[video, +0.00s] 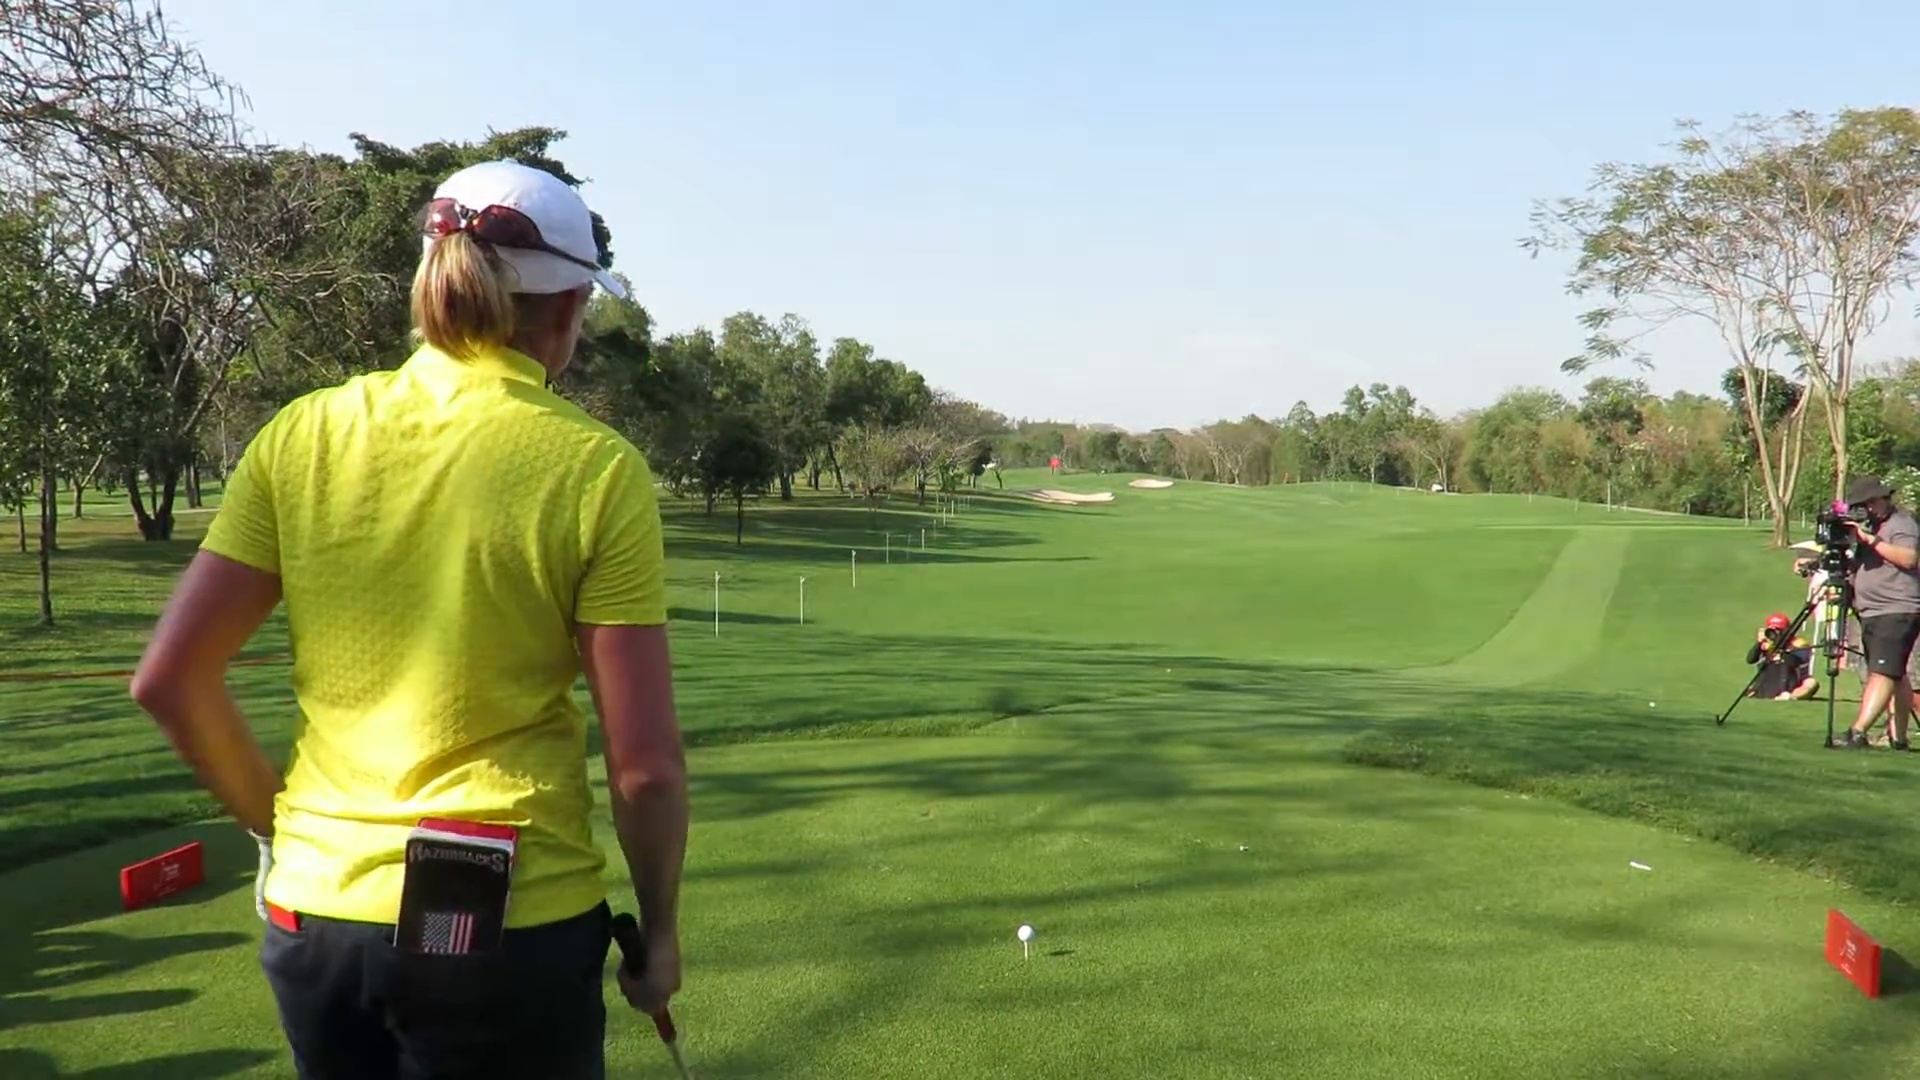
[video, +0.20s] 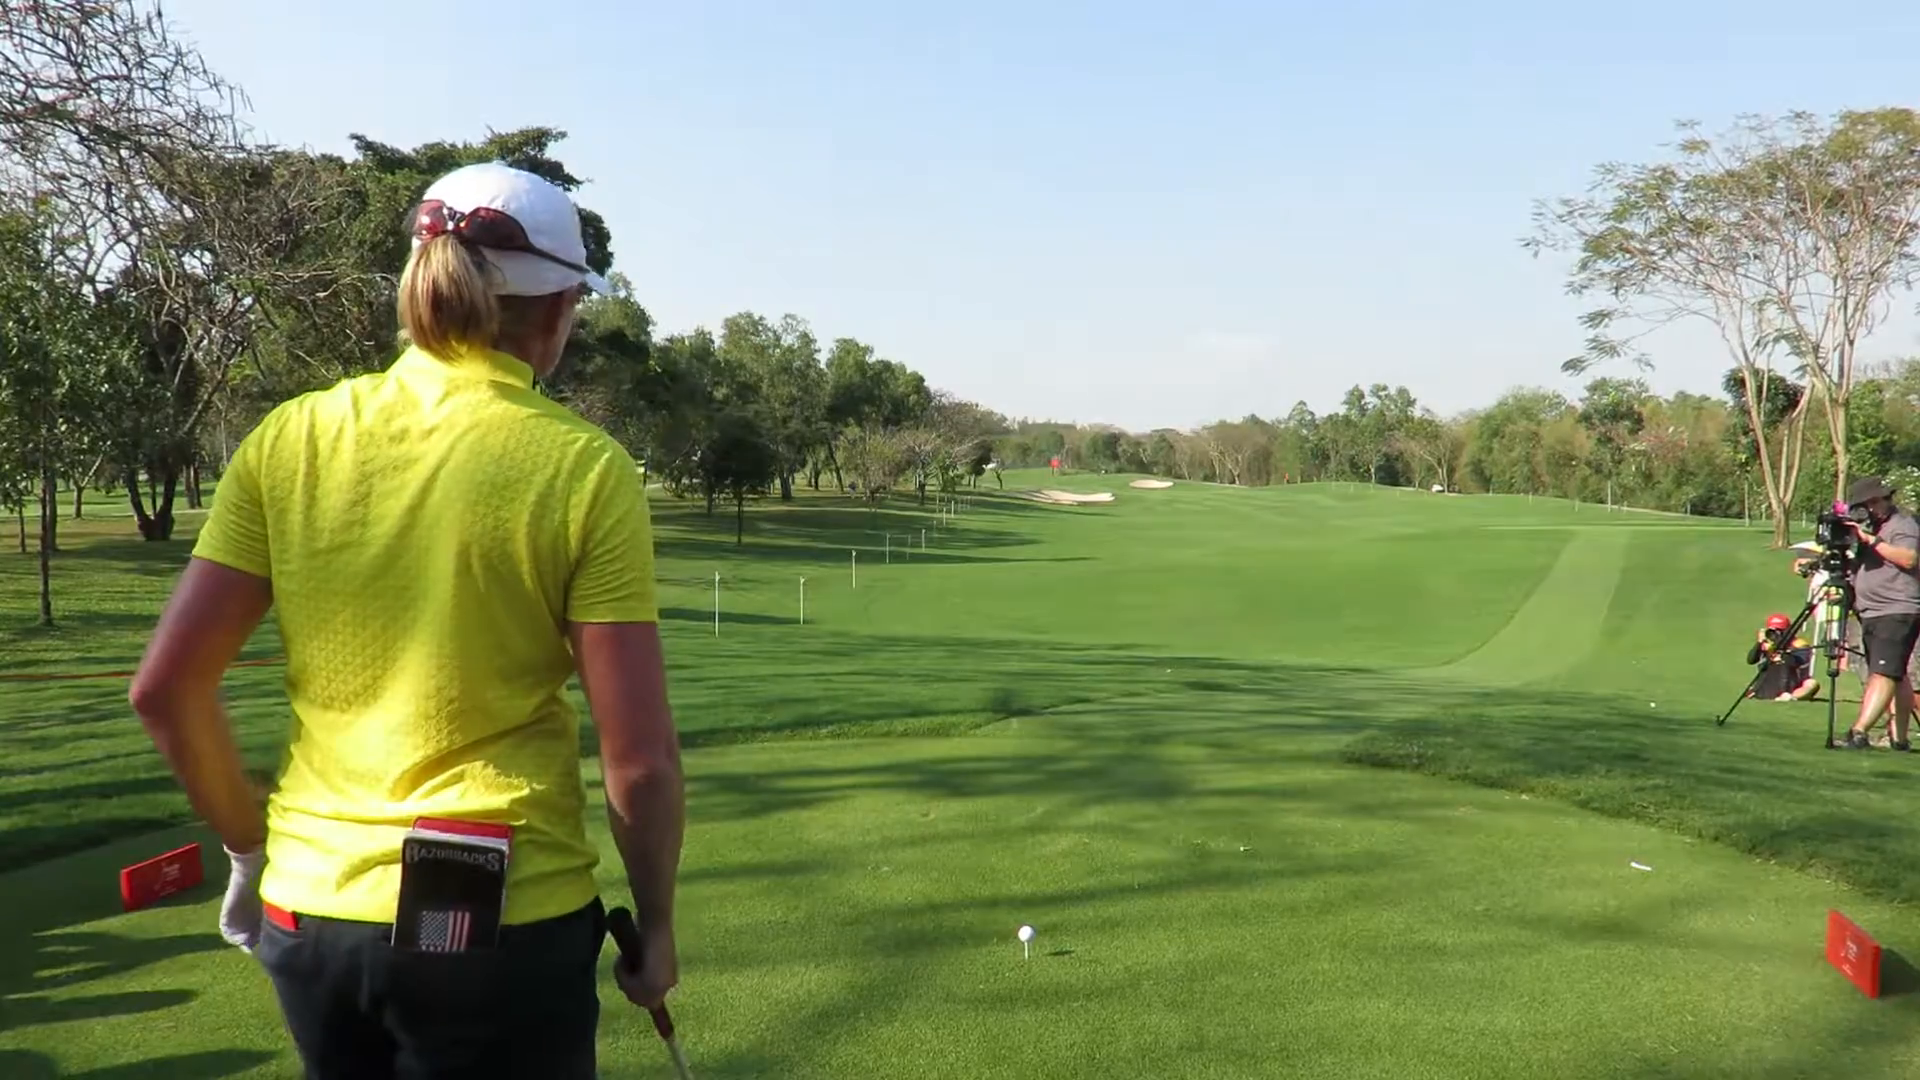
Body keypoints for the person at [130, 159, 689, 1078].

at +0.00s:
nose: (580, 329)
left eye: (580, 305)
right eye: (582, 307)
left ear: (432, 284)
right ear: (562, 311)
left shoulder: (300, 434)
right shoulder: (595, 466)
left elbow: (171, 679)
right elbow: (644, 771)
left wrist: (283, 826)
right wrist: (659, 925)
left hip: (314, 917)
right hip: (511, 930)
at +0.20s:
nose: (572, 328)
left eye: (572, 304)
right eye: (573, 306)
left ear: (421, 286)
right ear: (553, 312)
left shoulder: (287, 439)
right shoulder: (584, 467)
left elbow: (166, 688)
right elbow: (639, 764)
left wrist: (250, 842)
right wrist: (656, 920)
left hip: (310, 919)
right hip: (503, 928)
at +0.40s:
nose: (550, 343)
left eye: (552, 320)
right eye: (552, 322)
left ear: (404, 302)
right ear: (534, 324)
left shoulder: (280, 448)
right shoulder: (564, 467)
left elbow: (170, 692)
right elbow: (624, 759)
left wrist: (224, 866)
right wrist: (630, 901)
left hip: (307, 914)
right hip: (491, 921)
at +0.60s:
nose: (510, 367)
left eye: (513, 345)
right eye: (510, 347)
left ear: (371, 332)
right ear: (491, 352)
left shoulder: (254, 473)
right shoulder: (523, 484)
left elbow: (149, 703)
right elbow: (585, 749)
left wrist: (186, 875)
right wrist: (598, 885)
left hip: (286, 906)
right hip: (462, 911)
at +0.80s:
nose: (443, 373)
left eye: (445, 353)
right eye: (444, 354)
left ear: (317, 341)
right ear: (422, 356)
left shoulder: (202, 466)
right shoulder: (450, 476)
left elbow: (115, 683)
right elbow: (510, 709)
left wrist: (156, 831)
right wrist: (545, 843)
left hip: (229, 866)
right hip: (400, 865)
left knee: (268, 1066)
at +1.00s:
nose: (413, 377)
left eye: (416, 359)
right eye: (412, 358)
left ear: (288, 346)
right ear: (381, 356)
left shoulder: (182, 459)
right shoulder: (409, 469)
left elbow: (124, 661)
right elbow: (460, 679)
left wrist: (192, 764)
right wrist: (503, 817)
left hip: (215, 830)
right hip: (379, 833)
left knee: (251, 1067)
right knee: (434, 1048)